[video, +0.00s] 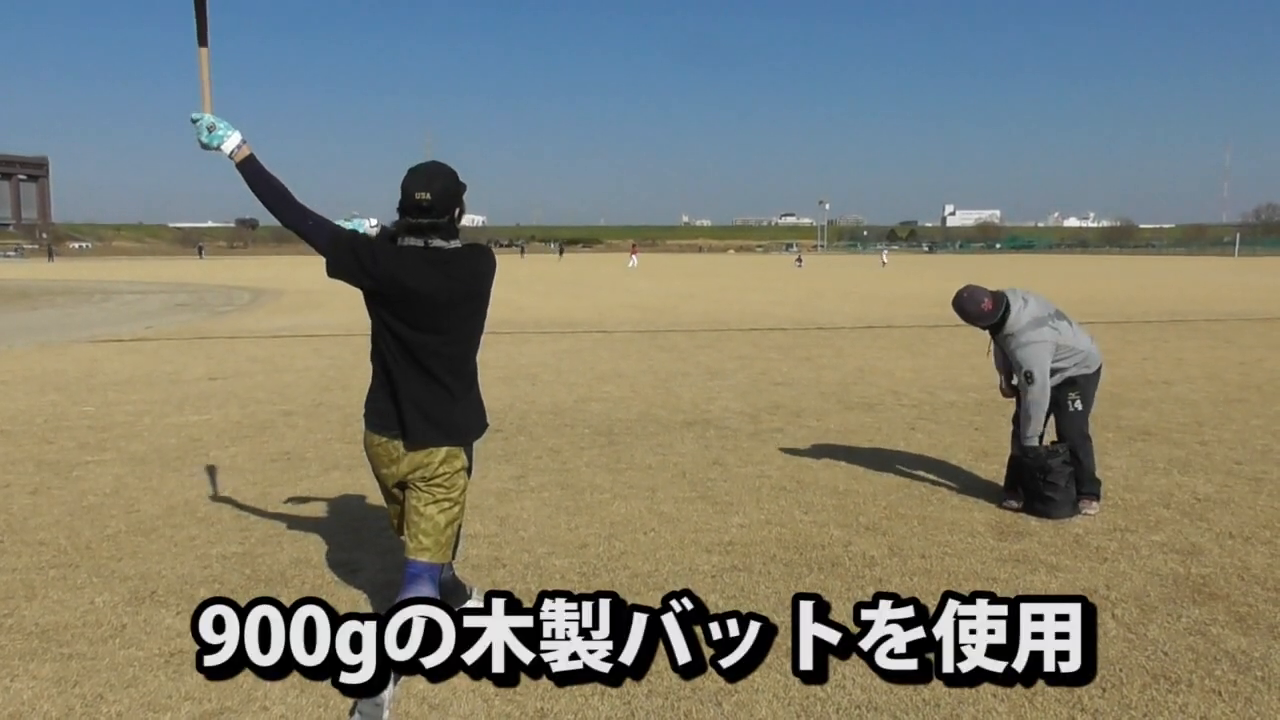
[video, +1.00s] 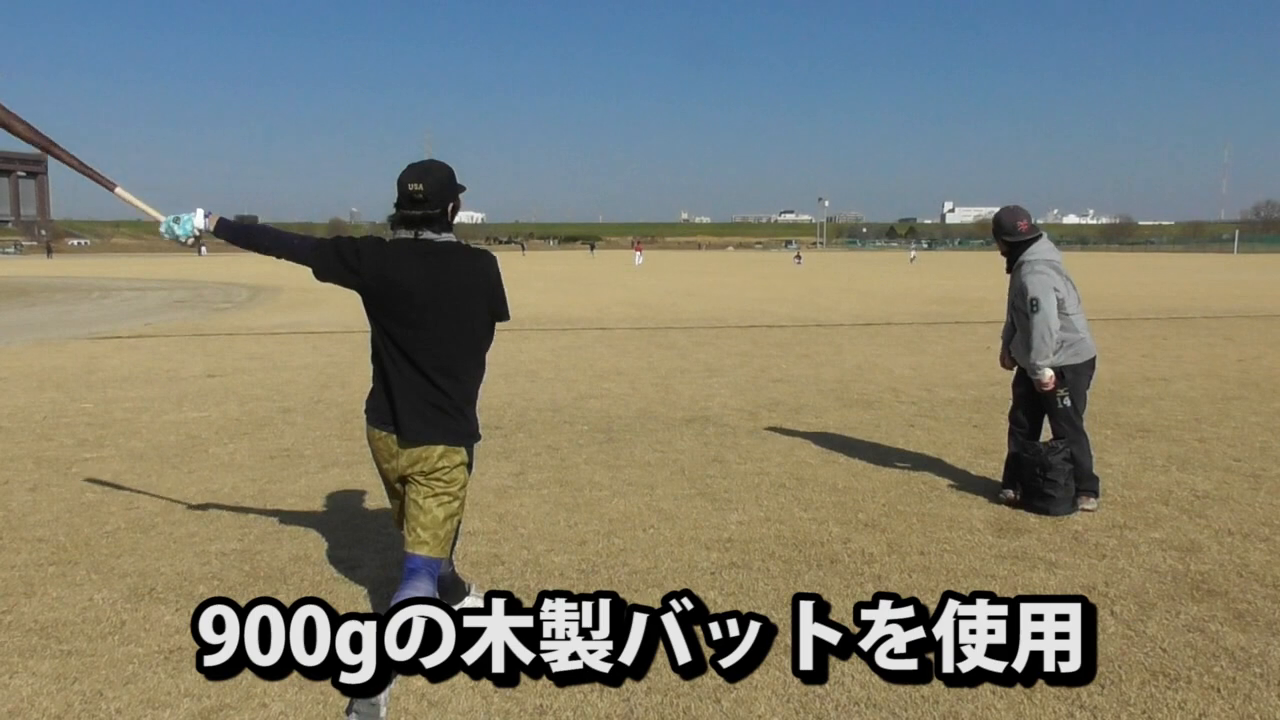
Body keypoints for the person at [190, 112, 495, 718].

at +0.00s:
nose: (455, 211)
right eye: (456, 204)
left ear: (403, 209)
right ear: (457, 215)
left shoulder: (376, 258)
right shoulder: (479, 264)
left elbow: (294, 215)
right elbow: (442, 248)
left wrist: (238, 149)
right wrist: (387, 236)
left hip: (383, 433)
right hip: (447, 437)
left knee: (420, 537)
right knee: (423, 572)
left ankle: (466, 608)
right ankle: (378, 691)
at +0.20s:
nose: (446, 212)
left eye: (415, 199)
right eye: (452, 205)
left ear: (401, 208)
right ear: (456, 215)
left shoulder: (376, 259)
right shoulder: (478, 263)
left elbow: (292, 216)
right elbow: (449, 248)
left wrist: (235, 154)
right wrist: (404, 231)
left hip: (384, 434)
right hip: (448, 439)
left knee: (428, 539)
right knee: (422, 570)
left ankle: (466, 606)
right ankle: (376, 692)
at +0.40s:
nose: (434, 206)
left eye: (409, 197)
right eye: (450, 200)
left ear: (400, 206)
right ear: (452, 211)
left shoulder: (375, 259)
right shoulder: (478, 264)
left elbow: (293, 220)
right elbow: (444, 247)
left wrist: (228, 161)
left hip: (385, 433)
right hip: (447, 438)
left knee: (424, 536)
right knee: (421, 568)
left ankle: (457, 596)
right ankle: (377, 689)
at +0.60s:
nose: (447, 208)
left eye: (409, 200)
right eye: (449, 202)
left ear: (399, 206)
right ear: (452, 212)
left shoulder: (373, 258)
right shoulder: (479, 262)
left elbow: (291, 221)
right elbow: (446, 244)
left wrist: (223, 167)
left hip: (384, 432)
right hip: (446, 437)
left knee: (423, 536)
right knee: (420, 567)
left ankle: (455, 598)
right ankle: (375, 690)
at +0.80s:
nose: (460, 208)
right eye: (457, 202)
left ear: (399, 207)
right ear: (452, 210)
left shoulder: (373, 257)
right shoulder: (480, 264)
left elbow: (291, 225)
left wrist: (217, 180)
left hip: (384, 434)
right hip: (444, 439)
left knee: (422, 539)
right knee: (418, 569)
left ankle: (448, 598)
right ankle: (375, 691)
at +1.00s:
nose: (460, 207)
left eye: (453, 199)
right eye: (457, 201)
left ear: (400, 206)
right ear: (451, 209)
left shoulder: (374, 257)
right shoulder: (480, 265)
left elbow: (294, 245)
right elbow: (495, 317)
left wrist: (215, 224)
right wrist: (445, 287)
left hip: (385, 434)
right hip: (445, 438)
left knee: (422, 536)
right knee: (420, 569)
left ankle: (454, 598)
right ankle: (373, 689)